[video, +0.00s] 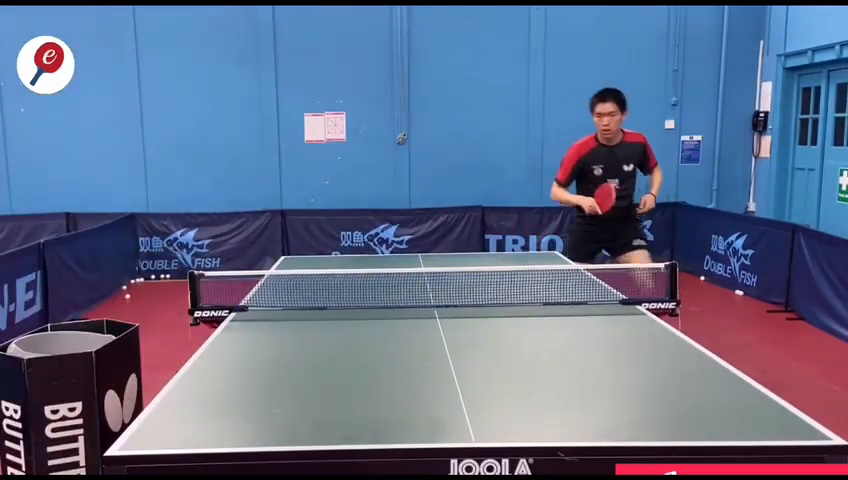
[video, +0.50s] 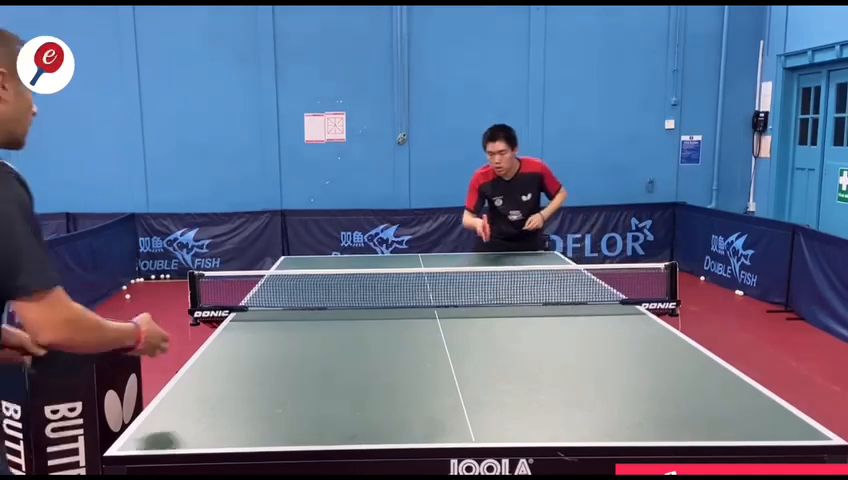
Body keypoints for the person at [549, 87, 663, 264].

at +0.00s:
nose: (605, 122)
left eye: (612, 115)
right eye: (599, 116)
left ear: (623, 116)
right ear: (593, 118)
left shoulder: (638, 143)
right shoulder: (580, 150)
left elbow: (655, 171)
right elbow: (556, 191)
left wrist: (652, 194)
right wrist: (581, 200)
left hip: (624, 223)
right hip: (587, 225)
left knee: (645, 278)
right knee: (571, 281)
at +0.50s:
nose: (497, 161)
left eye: (502, 153)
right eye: (491, 154)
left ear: (515, 151)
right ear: (486, 155)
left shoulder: (537, 169)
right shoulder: (481, 178)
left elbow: (561, 194)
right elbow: (467, 219)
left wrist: (542, 216)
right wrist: (477, 223)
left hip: (531, 245)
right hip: (495, 247)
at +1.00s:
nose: (477, 170)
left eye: (482, 163)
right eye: (471, 164)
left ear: (495, 160)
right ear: (466, 164)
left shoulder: (517, 171)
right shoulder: (462, 183)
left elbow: (545, 190)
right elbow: (451, 224)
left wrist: (534, 211)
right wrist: (458, 228)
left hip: (516, 236)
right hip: (480, 240)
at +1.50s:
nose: (492, 174)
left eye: (498, 166)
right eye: (487, 168)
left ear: (512, 163)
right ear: (483, 168)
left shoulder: (533, 179)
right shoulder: (479, 191)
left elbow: (564, 201)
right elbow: (463, 226)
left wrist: (558, 213)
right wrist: (456, 239)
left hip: (520, 253)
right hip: (481, 255)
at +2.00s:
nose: (422, 196)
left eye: (427, 188)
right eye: (416, 190)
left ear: (442, 183)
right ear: (412, 191)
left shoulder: (464, 191)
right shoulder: (413, 213)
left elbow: (487, 203)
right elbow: (405, 240)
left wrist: (502, 214)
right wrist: (392, 240)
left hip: (465, 263)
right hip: (430, 268)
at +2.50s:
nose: (481, 189)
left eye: (486, 181)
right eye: (475, 184)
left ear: (500, 178)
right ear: (471, 185)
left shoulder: (522, 194)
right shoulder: (465, 210)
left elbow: (561, 222)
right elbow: (445, 244)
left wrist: (545, 232)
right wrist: (440, 245)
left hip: (519, 272)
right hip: (479, 275)